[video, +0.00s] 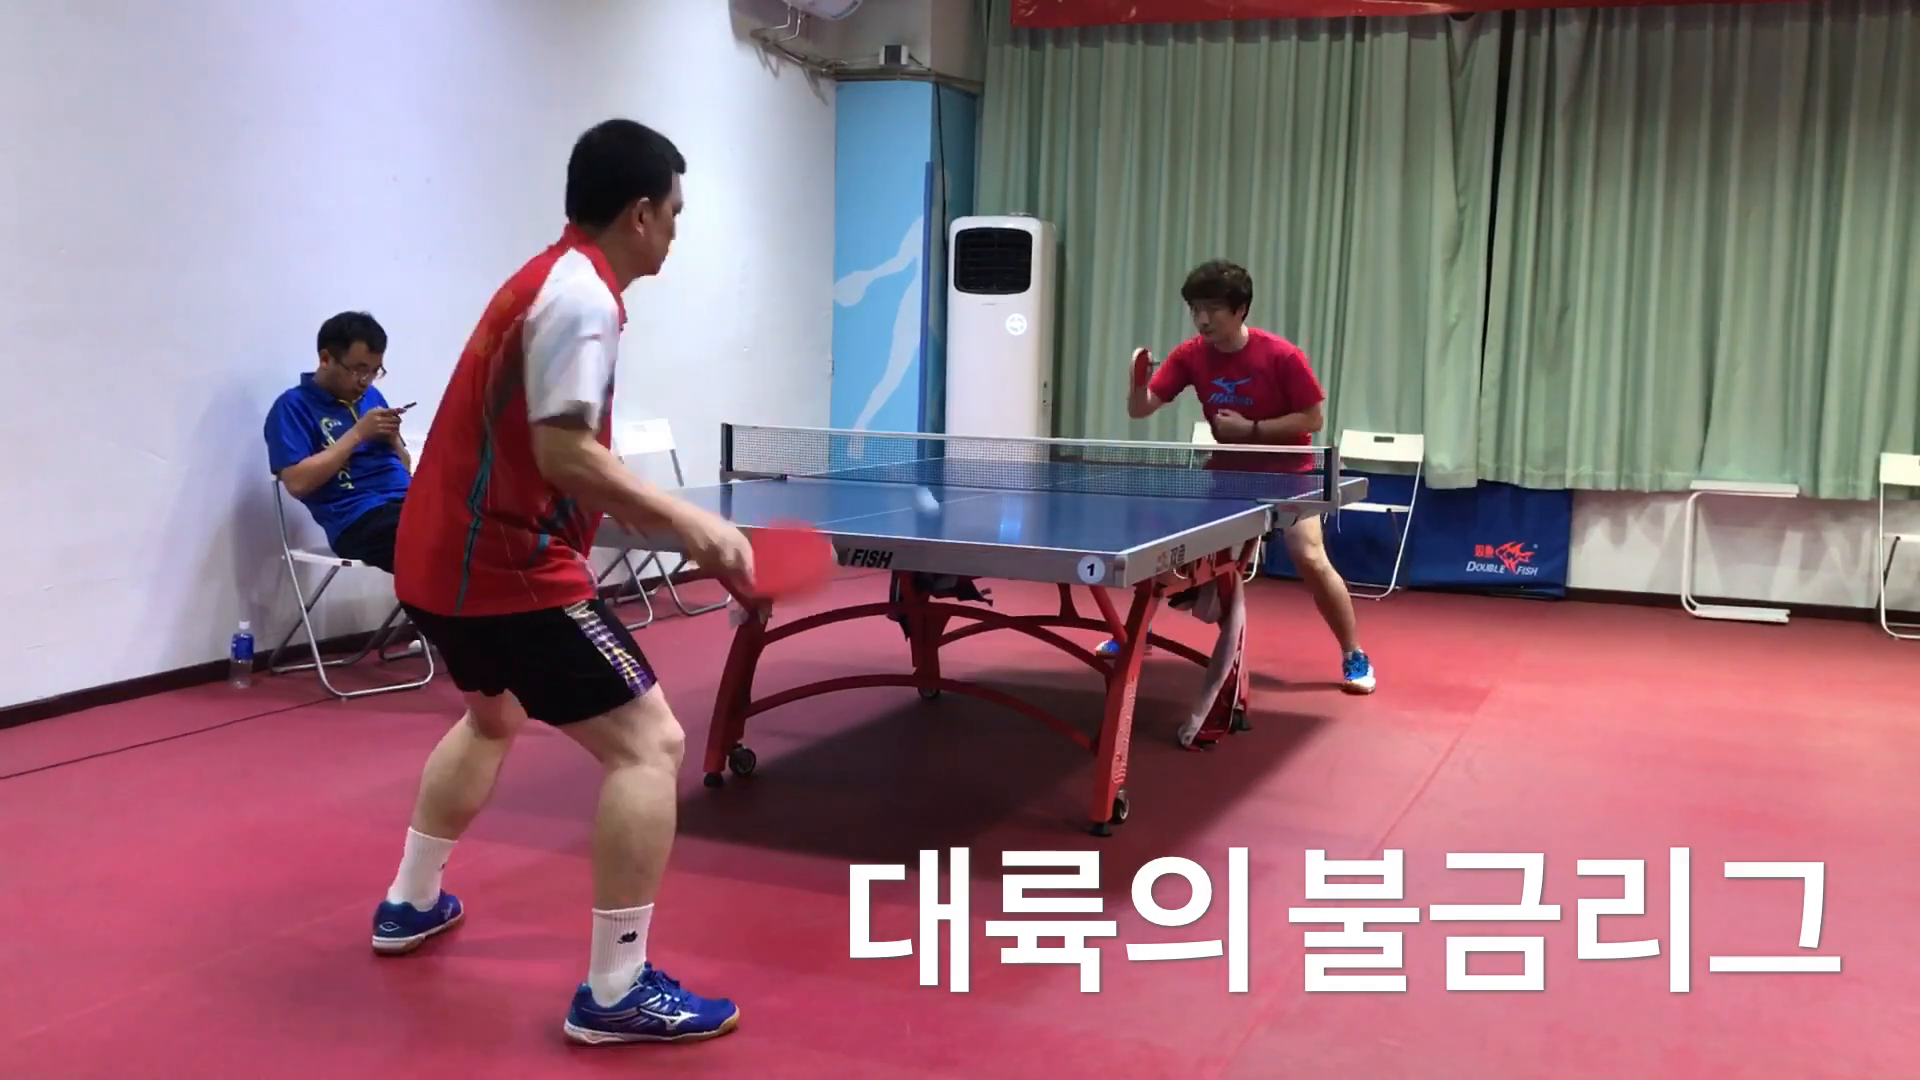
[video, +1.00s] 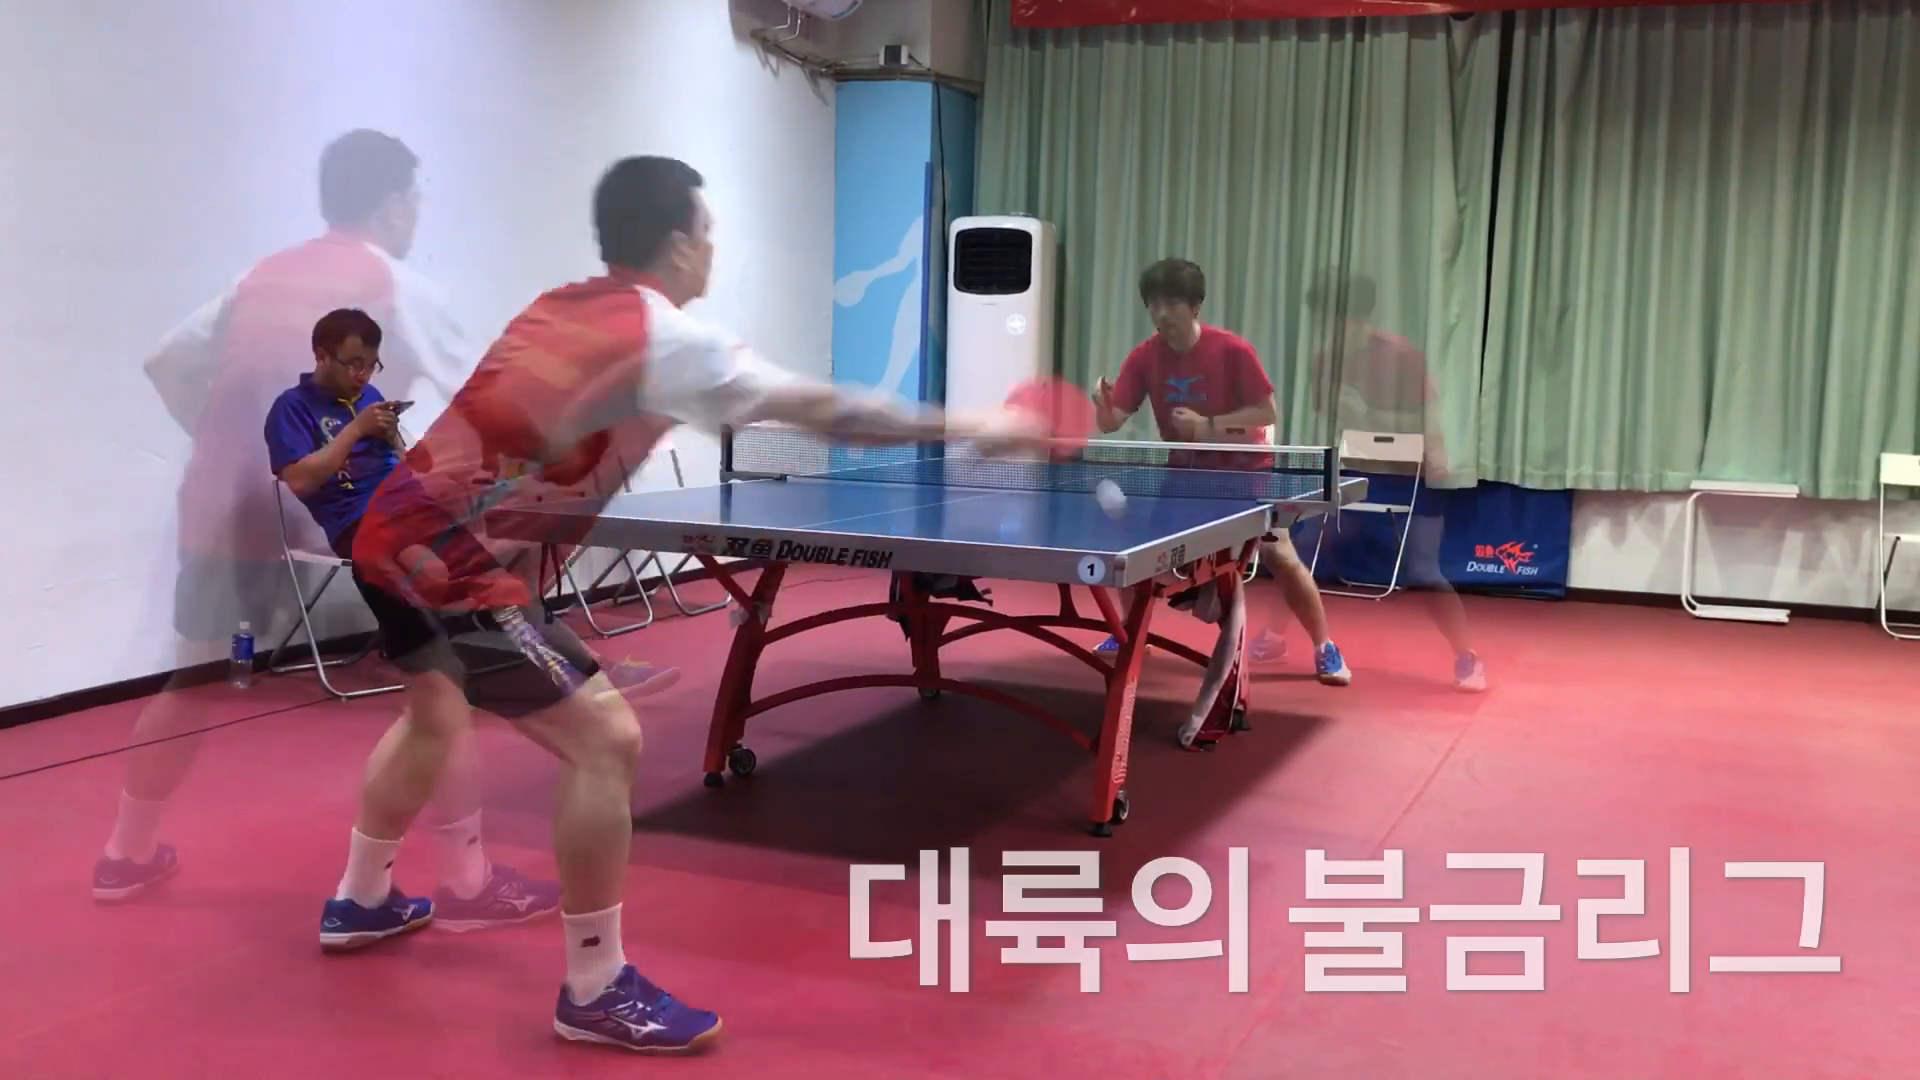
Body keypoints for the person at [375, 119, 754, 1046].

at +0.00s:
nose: (677, 226)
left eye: (676, 207)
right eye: (672, 207)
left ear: (596, 205)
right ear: (638, 209)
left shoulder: (546, 280)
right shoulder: (580, 297)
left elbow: (563, 457)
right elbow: (566, 456)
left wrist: (681, 526)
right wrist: (693, 525)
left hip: (442, 564)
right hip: (511, 576)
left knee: (492, 719)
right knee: (649, 744)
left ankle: (409, 901)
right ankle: (616, 988)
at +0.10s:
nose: (670, 216)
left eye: (670, 199)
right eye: (663, 197)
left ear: (596, 196)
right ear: (618, 198)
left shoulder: (532, 265)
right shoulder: (572, 278)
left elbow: (540, 426)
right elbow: (577, 435)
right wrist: (726, 441)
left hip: (434, 554)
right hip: (504, 564)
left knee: (486, 718)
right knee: (634, 738)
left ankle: (409, 901)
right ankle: (616, 985)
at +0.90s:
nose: (678, 224)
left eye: (676, 207)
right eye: (672, 208)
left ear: (596, 218)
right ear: (636, 218)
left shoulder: (539, 290)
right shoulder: (602, 312)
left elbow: (543, 414)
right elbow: (659, 452)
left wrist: (620, 474)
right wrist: (793, 519)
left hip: (407, 557)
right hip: (471, 568)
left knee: (459, 724)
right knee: (615, 738)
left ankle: (365, 901)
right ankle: (596, 984)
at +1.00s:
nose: (712, 251)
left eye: (708, 233)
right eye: (704, 234)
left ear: (622, 238)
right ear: (675, 243)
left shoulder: (558, 307)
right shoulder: (655, 335)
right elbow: (823, 407)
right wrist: (980, 428)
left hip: (392, 539)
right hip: (444, 556)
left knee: (433, 715)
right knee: (604, 740)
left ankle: (359, 897)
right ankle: (596, 988)